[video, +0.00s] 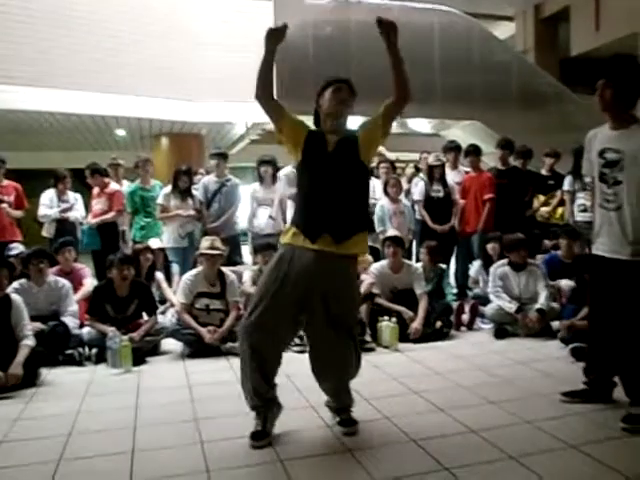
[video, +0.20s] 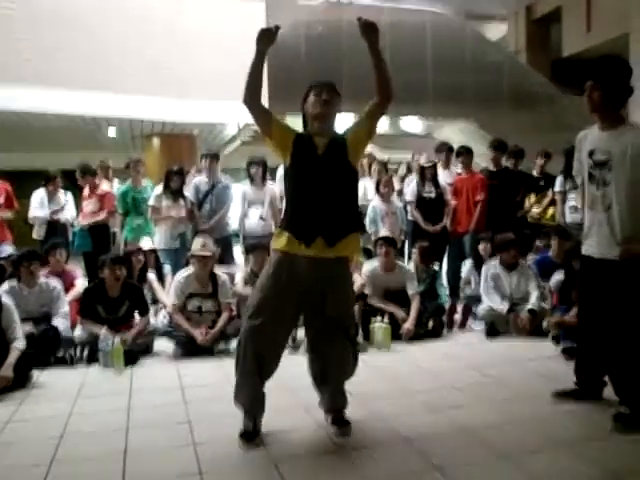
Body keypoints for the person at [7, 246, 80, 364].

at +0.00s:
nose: (39, 267)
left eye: (42, 263)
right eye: (34, 264)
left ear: (49, 266)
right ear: (28, 269)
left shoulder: (62, 286)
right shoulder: (17, 288)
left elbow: (73, 319)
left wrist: (46, 327)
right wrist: (26, 326)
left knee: (60, 331)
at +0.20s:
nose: (31, 270)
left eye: (35, 265)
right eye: (27, 266)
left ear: (40, 267)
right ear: (19, 269)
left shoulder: (53, 287)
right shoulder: (8, 290)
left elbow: (63, 316)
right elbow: (7, 320)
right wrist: (20, 329)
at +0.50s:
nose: (32, 249)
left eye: (34, 245)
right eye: (27, 246)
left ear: (39, 247)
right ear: (19, 250)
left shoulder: (54, 268)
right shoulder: (8, 272)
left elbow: (65, 300)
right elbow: (6, 303)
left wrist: (40, 310)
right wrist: (20, 308)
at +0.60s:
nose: (32, 249)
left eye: (35, 244)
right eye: (27, 246)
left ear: (40, 247)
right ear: (20, 250)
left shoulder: (55, 268)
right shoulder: (9, 272)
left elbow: (66, 299)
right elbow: (6, 302)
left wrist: (44, 310)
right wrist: (21, 308)